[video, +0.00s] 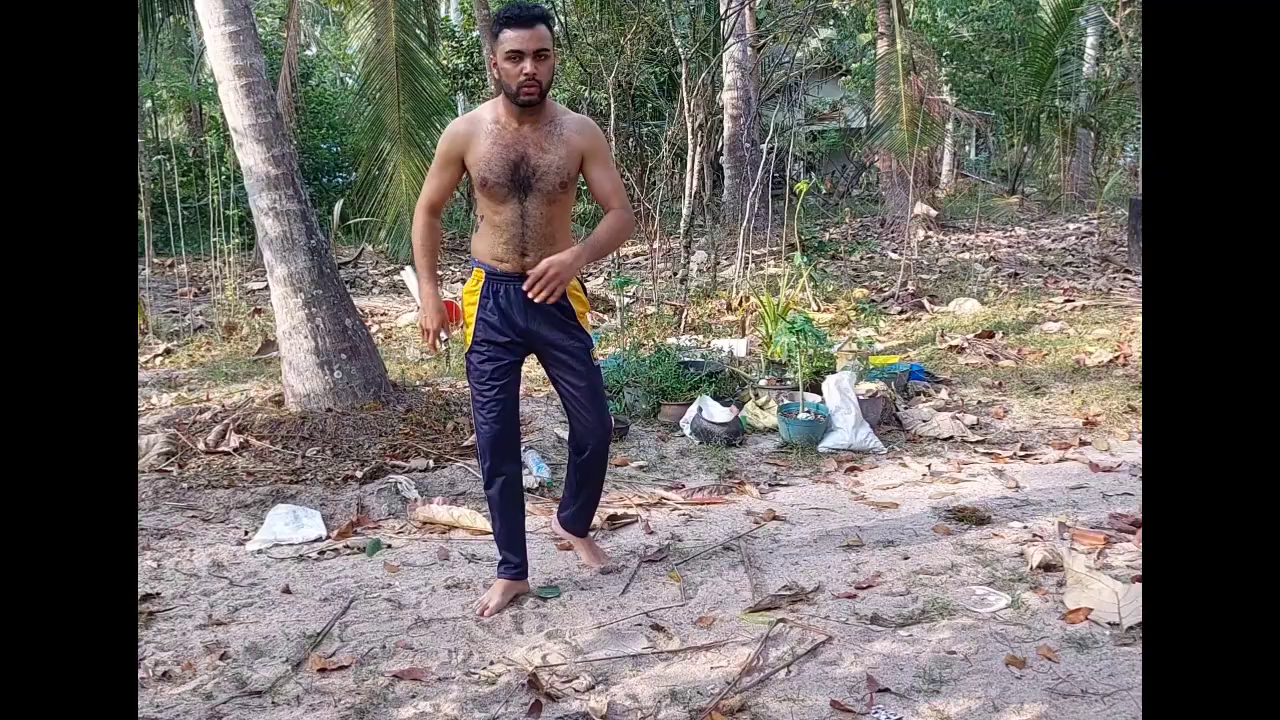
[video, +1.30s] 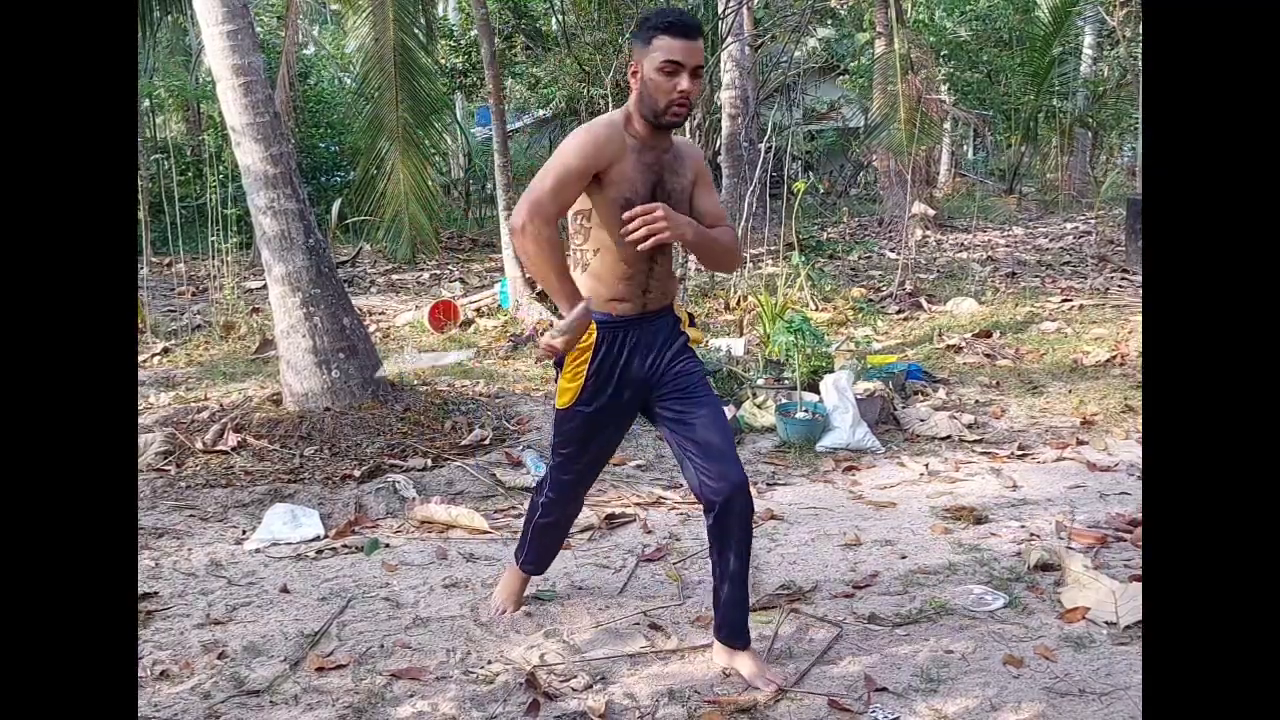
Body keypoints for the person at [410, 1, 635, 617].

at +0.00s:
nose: (529, 70)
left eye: (540, 56)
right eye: (515, 57)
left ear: (555, 60)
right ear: (492, 62)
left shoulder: (580, 133)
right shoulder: (465, 133)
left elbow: (621, 215)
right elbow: (428, 211)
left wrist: (577, 258)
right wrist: (428, 291)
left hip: (557, 298)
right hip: (490, 297)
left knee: (594, 428)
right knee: (493, 438)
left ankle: (573, 524)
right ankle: (511, 569)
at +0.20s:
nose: (502, 67)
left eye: (514, 54)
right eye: (489, 56)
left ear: (534, 59)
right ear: (473, 62)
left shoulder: (566, 131)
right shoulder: (454, 134)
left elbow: (590, 225)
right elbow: (413, 207)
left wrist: (508, 245)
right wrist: (386, 205)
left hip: (546, 300)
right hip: (482, 300)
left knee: (550, 446)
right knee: (494, 445)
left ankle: (540, 541)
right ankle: (510, 570)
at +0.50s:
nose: (481, 78)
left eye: (494, 63)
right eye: (468, 67)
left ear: (518, 70)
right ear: (455, 77)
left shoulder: (537, 140)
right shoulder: (465, 141)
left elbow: (507, 255)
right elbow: (404, 204)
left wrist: (475, 216)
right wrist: (409, 140)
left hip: (567, 308)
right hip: (511, 311)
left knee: (577, 454)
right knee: (495, 459)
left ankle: (630, 612)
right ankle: (513, 576)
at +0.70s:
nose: (498, 92)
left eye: (510, 76)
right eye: (484, 83)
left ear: (536, 80)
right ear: (476, 94)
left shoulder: (553, 145)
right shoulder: (509, 157)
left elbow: (527, 265)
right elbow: (465, 211)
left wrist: (508, 227)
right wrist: (453, 156)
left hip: (618, 329)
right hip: (555, 332)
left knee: (660, 482)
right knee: (522, 471)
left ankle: (717, 643)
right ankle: (520, 578)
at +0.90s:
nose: (535, 89)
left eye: (542, 73)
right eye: (519, 81)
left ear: (560, 69)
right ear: (499, 90)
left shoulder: (603, 123)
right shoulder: (511, 170)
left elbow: (695, 130)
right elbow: (573, 192)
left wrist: (607, 128)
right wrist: (554, 111)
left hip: (656, 312)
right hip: (589, 321)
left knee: (695, 473)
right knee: (563, 470)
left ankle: (723, 643)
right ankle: (529, 564)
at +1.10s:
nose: (601, 73)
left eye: (606, 61)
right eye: (583, 62)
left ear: (610, 72)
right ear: (548, 77)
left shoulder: (605, 147)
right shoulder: (553, 153)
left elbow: (683, 213)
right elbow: (588, 265)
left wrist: (651, 173)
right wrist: (660, 290)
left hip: (633, 334)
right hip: (574, 338)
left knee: (703, 479)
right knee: (555, 489)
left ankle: (727, 641)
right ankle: (511, 579)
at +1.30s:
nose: (686, 86)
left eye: (694, 73)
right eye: (670, 70)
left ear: (699, 78)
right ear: (633, 72)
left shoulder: (688, 158)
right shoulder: (599, 141)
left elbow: (730, 255)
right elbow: (530, 220)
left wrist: (686, 230)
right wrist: (572, 310)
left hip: (666, 340)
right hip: (601, 342)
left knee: (729, 488)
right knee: (565, 483)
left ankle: (732, 644)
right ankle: (521, 573)